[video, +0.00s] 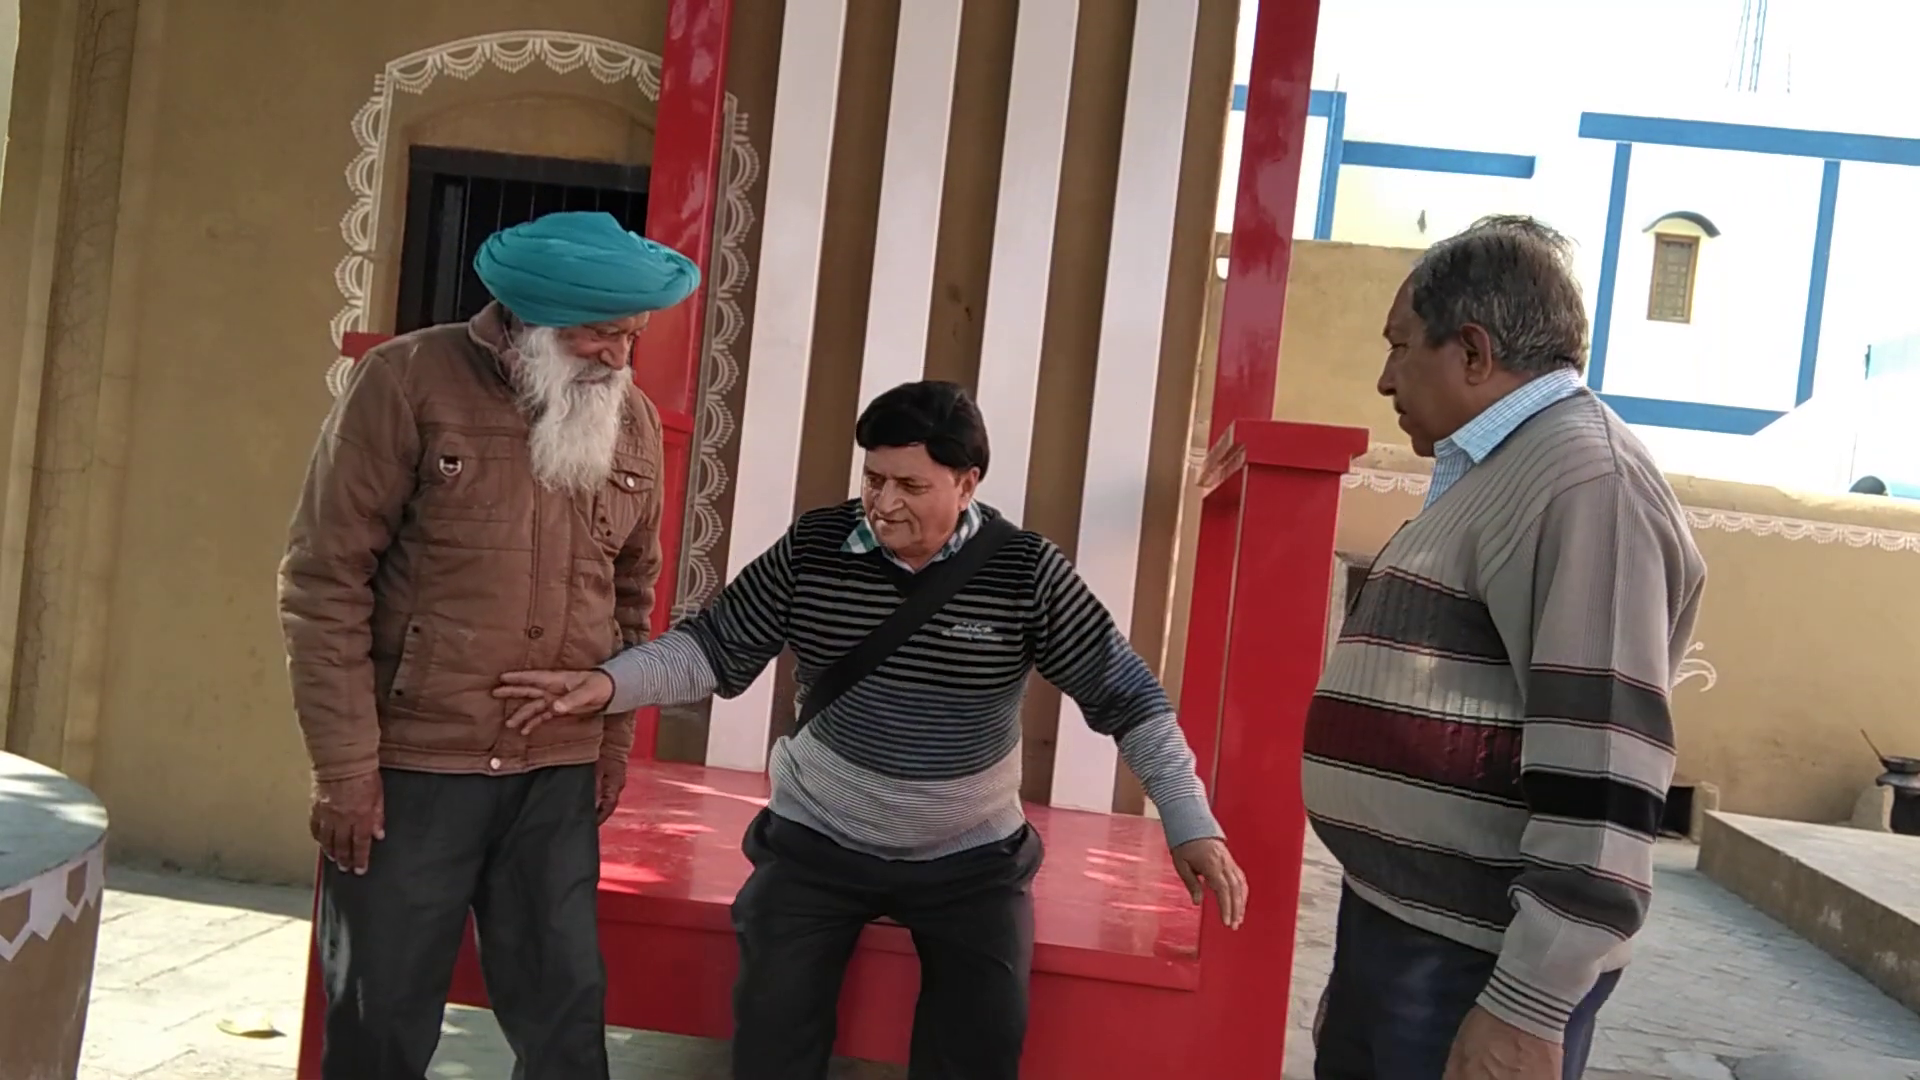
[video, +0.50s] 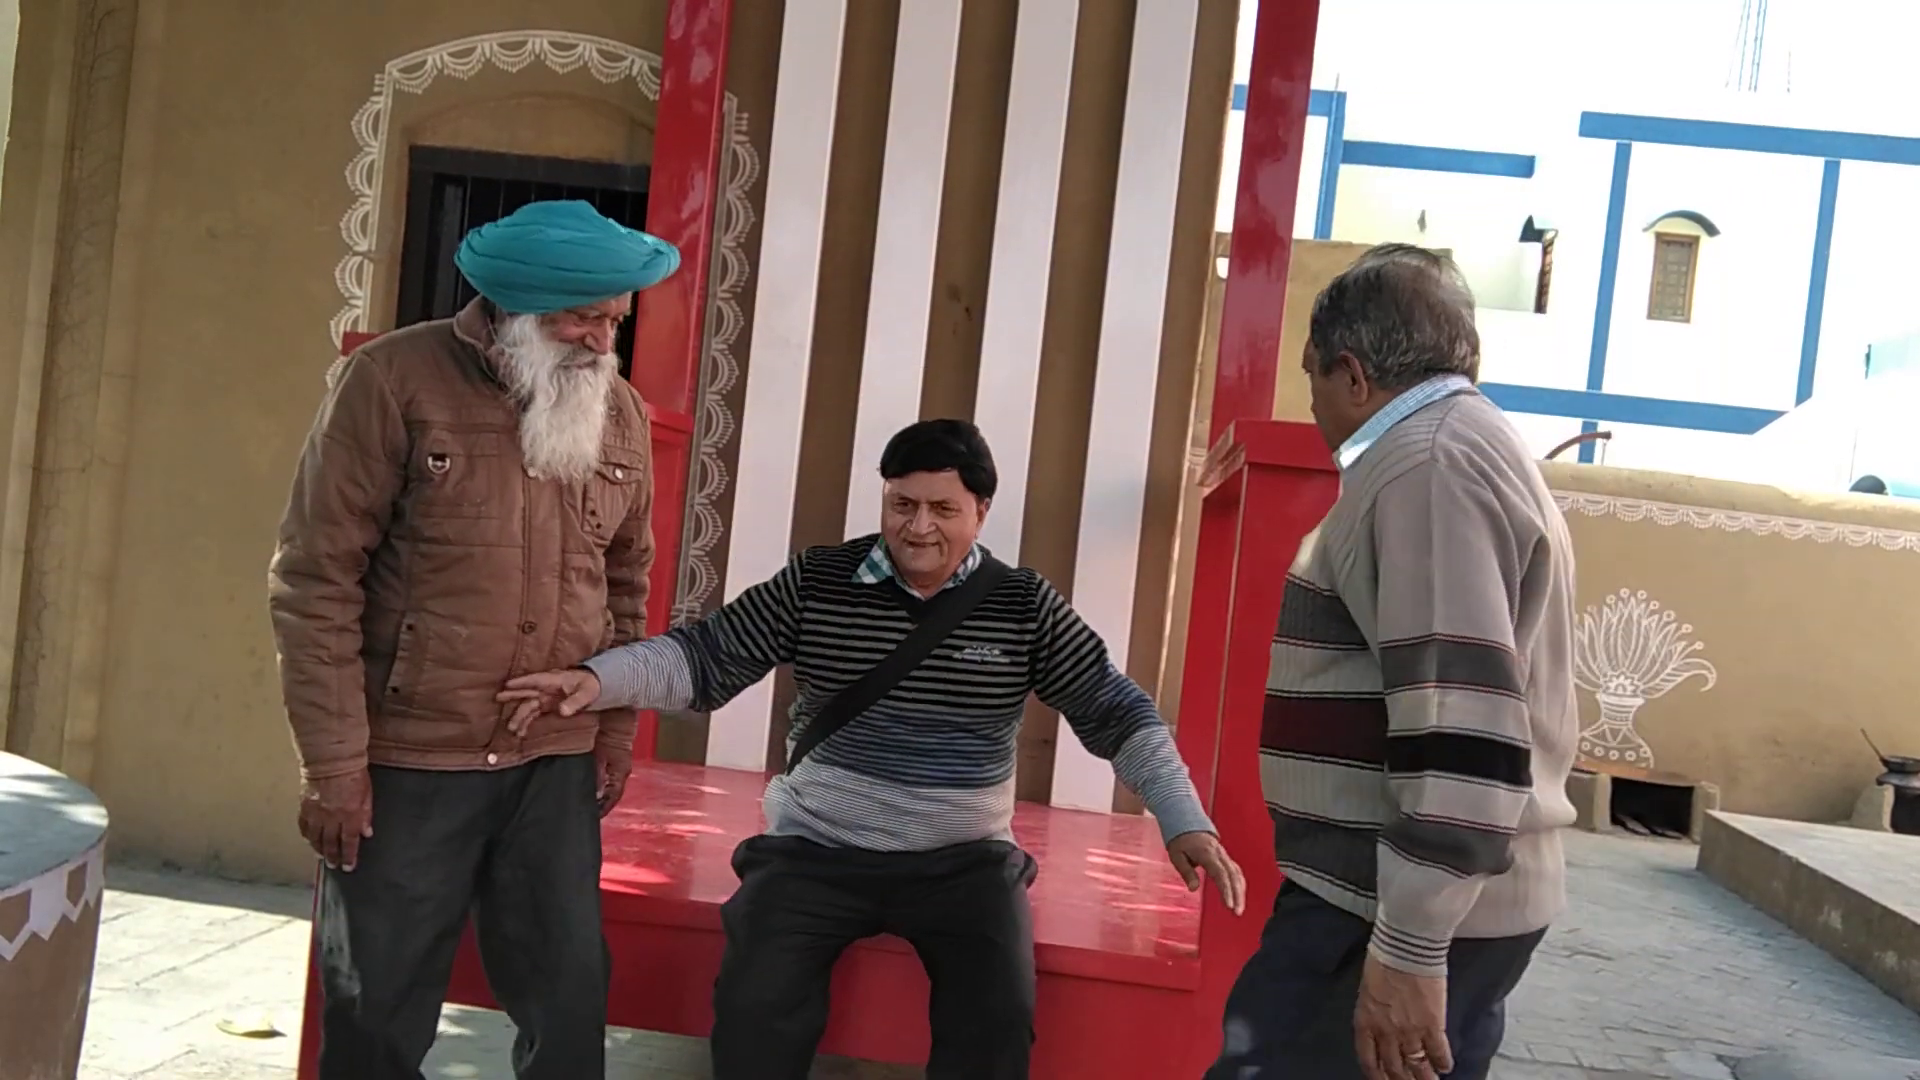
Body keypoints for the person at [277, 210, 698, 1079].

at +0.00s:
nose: (613, 350)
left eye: (627, 331)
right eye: (595, 329)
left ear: (637, 325)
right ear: (532, 316)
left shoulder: (632, 421)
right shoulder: (408, 381)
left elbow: (633, 593)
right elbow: (324, 576)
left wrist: (617, 733)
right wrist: (346, 766)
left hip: (554, 785)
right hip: (414, 781)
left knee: (567, 1036)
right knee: (381, 1041)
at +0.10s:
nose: (609, 348)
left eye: (623, 328)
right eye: (590, 328)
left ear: (633, 323)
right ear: (528, 315)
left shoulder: (629, 420)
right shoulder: (404, 382)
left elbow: (630, 592)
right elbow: (322, 578)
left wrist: (615, 734)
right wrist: (341, 767)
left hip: (553, 785)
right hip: (412, 782)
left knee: (567, 1038)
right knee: (380, 1041)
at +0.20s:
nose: (605, 349)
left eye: (619, 330)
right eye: (587, 328)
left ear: (628, 325)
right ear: (521, 316)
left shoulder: (622, 417)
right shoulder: (397, 384)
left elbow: (626, 588)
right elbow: (318, 582)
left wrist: (613, 732)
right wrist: (339, 769)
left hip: (551, 786)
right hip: (409, 784)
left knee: (565, 1037)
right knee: (376, 1041)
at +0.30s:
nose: (599, 345)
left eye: (612, 326)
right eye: (580, 325)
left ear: (621, 320)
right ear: (514, 314)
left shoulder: (616, 414)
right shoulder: (391, 384)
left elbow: (622, 584)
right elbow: (315, 584)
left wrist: (610, 727)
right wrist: (338, 772)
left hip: (547, 783)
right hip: (407, 783)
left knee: (561, 1031)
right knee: (375, 1038)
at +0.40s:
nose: (599, 338)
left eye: (610, 319)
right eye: (579, 319)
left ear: (618, 314)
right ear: (513, 310)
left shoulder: (616, 411)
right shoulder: (388, 381)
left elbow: (622, 584)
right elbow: (313, 580)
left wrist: (611, 727)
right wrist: (337, 766)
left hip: (549, 782)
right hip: (407, 782)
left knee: (564, 1030)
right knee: (375, 1040)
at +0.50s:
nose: (602, 337)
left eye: (614, 318)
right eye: (584, 316)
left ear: (621, 313)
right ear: (517, 306)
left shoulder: (619, 412)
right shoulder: (393, 379)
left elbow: (626, 585)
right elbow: (315, 575)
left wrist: (616, 728)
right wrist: (335, 763)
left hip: (553, 776)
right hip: (410, 776)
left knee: (569, 1013)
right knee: (378, 1032)